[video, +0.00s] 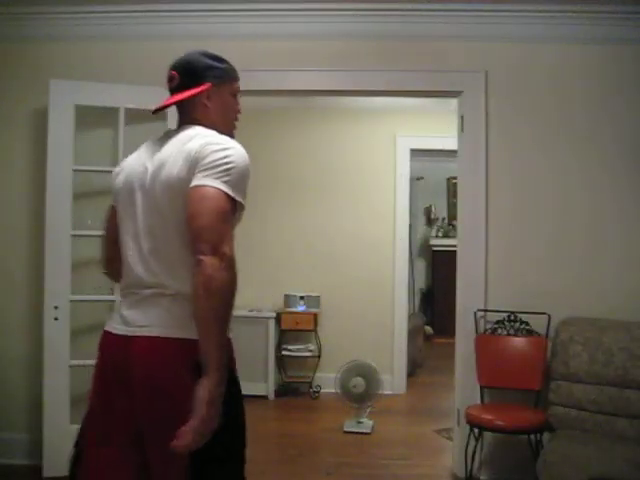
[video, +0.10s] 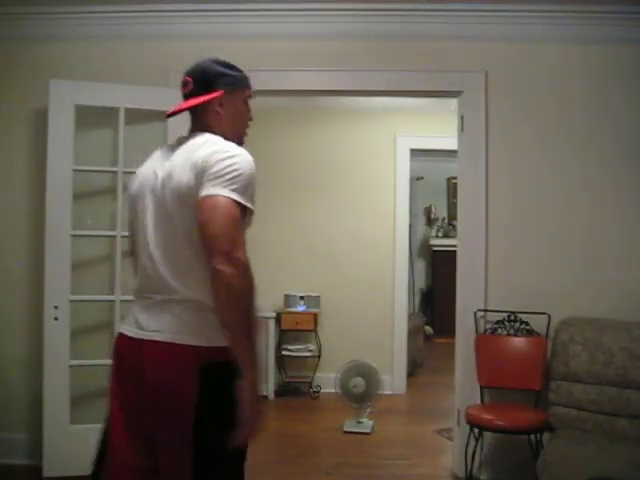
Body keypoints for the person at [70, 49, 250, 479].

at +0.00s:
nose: (239, 109)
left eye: (238, 97)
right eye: (234, 95)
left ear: (184, 100)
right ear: (206, 97)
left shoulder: (134, 161)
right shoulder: (220, 152)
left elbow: (113, 264)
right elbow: (212, 260)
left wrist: (175, 281)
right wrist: (214, 376)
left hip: (119, 351)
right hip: (183, 356)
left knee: (108, 468)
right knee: (203, 472)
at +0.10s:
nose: (251, 116)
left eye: (250, 103)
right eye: (246, 102)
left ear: (198, 107)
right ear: (219, 104)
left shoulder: (151, 165)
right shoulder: (226, 158)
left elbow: (141, 261)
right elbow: (227, 263)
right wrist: (248, 373)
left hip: (136, 355)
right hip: (196, 363)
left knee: (126, 470)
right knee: (206, 471)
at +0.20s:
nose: (263, 120)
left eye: (262, 108)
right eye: (258, 106)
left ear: (216, 111)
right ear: (232, 109)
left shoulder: (166, 168)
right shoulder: (232, 162)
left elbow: (193, 253)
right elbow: (239, 272)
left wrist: (261, 290)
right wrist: (288, 363)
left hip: (154, 355)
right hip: (209, 362)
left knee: (157, 471)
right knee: (221, 473)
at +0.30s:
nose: (275, 123)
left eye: (274, 112)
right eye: (270, 111)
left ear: (229, 113)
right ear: (242, 111)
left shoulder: (182, 165)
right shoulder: (235, 161)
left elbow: (203, 254)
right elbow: (243, 262)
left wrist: (267, 278)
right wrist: (306, 334)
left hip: (174, 347)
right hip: (216, 352)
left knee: (180, 469)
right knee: (229, 471)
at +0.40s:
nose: (286, 124)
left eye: (286, 112)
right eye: (281, 111)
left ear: (242, 111)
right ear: (252, 109)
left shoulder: (198, 160)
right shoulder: (242, 151)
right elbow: (243, 242)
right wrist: (303, 301)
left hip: (190, 338)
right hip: (218, 343)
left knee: (204, 463)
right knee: (234, 463)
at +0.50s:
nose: (298, 123)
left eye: (297, 113)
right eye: (292, 111)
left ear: (259, 112)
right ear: (263, 111)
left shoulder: (220, 156)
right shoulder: (248, 152)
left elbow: (223, 243)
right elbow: (252, 231)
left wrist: (280, 258)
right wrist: (307, 297)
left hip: (203, 335)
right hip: (223, 341)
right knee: (237, 465)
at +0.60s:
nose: (308, 128)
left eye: (308, 117)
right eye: (302, 115)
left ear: (270, 117)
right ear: (273, 115)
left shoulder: (244, 159)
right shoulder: (250, 157)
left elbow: (254, 245)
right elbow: (262, 240)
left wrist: (313, 258)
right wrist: (316, 320)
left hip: (236, 335)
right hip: (226, 337)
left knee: (250, 460)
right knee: (221, 464)